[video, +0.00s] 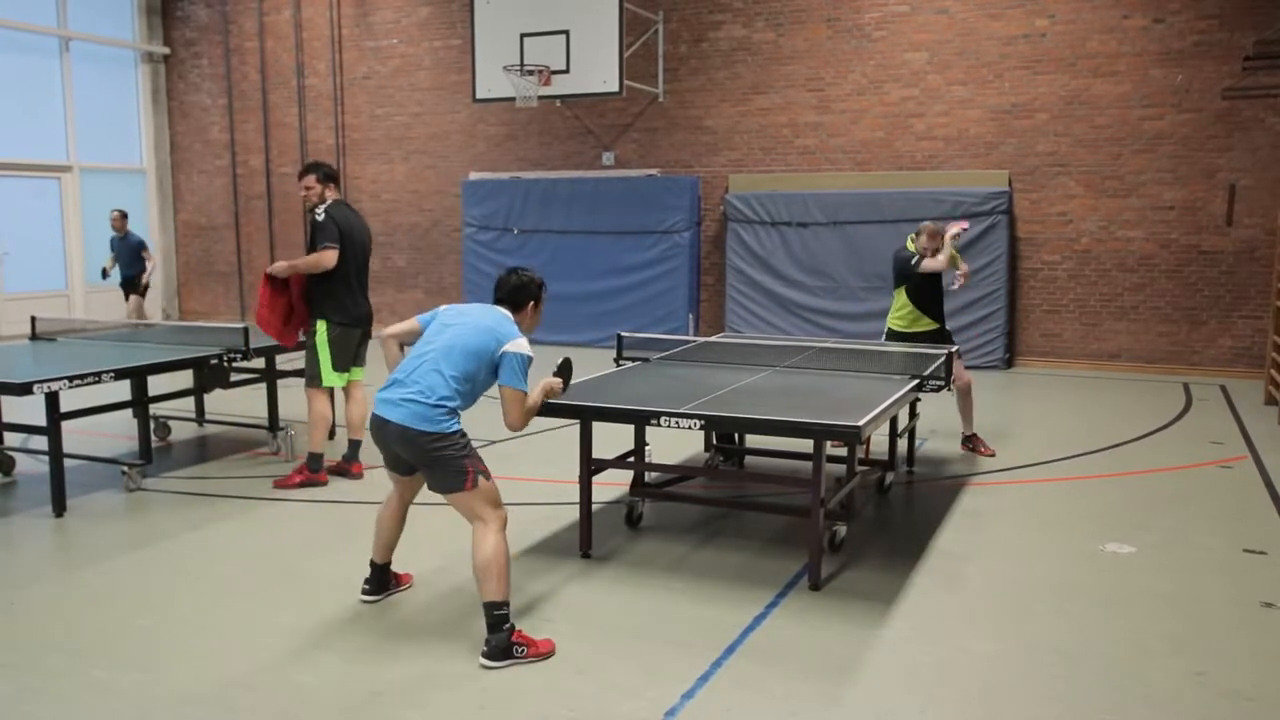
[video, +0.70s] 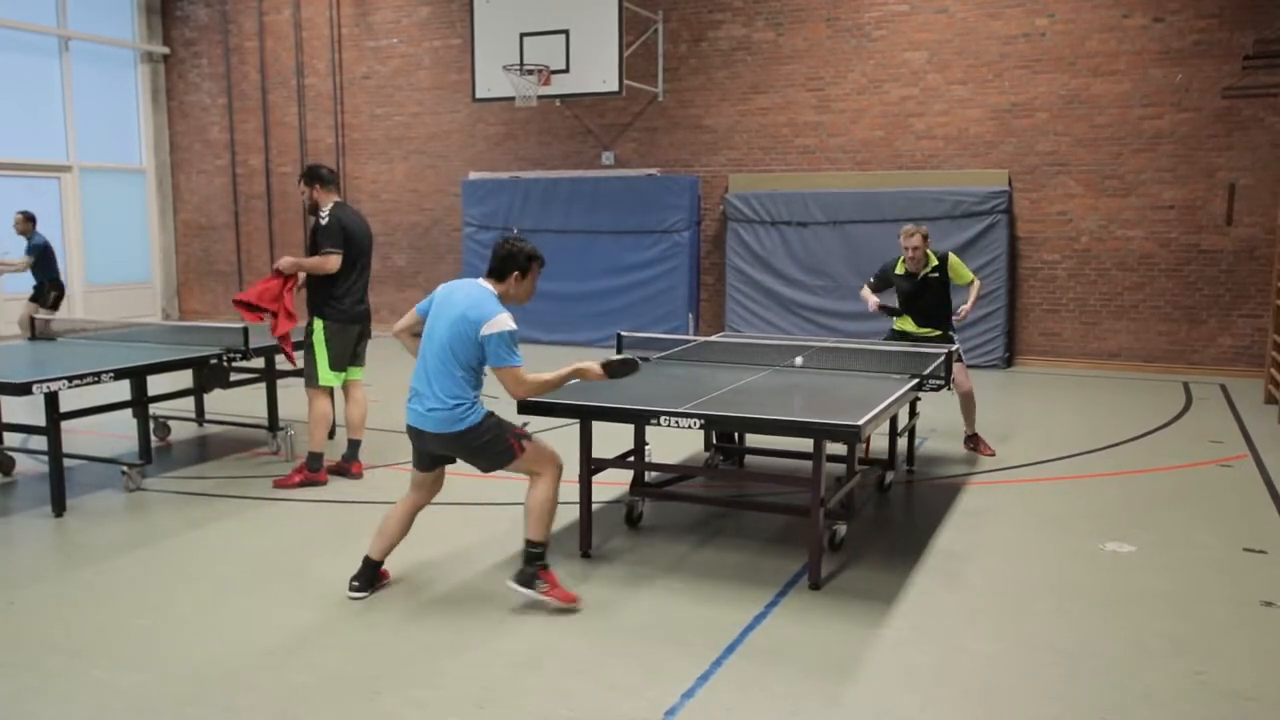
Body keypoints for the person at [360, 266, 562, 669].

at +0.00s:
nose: (540, 315)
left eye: (540, 307)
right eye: (540, 307)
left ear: (499, 299)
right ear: (530, 306)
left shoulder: (454, 311)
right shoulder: (513, 339)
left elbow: (390, 334)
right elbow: (515, 420)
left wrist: (403, 390)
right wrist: (543, 390)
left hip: (385, 417)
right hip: (430, 427)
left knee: (404, 486)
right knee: (490, 518)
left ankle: (378, 578)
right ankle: (500, 638)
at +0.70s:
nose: (533, 290)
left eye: (535, 281)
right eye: (533, 281)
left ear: (497, 272)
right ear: (515, 277)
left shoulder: (450, 289)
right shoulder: (496, 318)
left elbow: (403, 329)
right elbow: (520, 388)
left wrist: (439, 362)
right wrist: (575, 371)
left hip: (420, 420)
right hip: (461, 422)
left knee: (421, 490)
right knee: (547, 464)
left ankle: (366, 573)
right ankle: (534, 569)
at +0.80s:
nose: (565, 288)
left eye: (566, 280)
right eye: (564, 280)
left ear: (533, 272)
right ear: (543, 276)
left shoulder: (475, 283)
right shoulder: (525, 314)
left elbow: (425, 312)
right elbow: (559, 384)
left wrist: (453, 351)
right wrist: (618, 374)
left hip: (443, 413)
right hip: (487, 417)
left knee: (422, 491)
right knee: (561, 471)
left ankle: (366, 573)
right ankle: (600, 562)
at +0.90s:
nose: (603, 293)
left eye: (605, 285)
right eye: (603, 284)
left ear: (573, 273)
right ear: (583, 279)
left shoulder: (515, 280)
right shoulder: (572, 323)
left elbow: (456, 302)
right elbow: (612, 385)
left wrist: (476, 355)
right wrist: (670, 374)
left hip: (475, 409)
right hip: (523, 417)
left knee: (433, 492)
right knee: (585, 478)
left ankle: (374, 572)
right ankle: (623, 563)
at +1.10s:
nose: (655, 308)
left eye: (655, 301)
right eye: (655, 302)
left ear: (616, 289)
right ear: (644, 301)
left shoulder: (572, 300)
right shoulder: (635, 346)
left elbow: (514, 327)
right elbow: (665, 384)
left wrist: (505, 381)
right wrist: (712, 365)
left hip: (526, 427)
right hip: (578, 438)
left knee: (480, 499)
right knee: (634, 464)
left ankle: (422, 578)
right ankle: (629, 562)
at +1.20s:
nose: (654, 298)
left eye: (654, 291)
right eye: (654, 291)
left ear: (614, 281)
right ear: (646, 292)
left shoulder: (573, 297)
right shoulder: (643, 339)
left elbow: (523, 333)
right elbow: (658, 387)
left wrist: (513, 388)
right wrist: (699, 360)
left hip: (536, 431)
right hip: (590, 439)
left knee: (502, 497)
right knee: (638, 464)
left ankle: (470, 582)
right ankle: (630, 562)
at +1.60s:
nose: (602, 235)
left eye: (601, 228)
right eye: (602, 229)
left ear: (555, 228)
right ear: (595, 231)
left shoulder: (514, 266)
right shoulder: (600, 283)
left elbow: (468, 325)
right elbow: (618, 364)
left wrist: (469, 383)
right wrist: (660, 354)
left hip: (516, 411)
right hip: (575, 413)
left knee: (511, 502)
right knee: (609, 491)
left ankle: (514, 609)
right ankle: (607, 601)